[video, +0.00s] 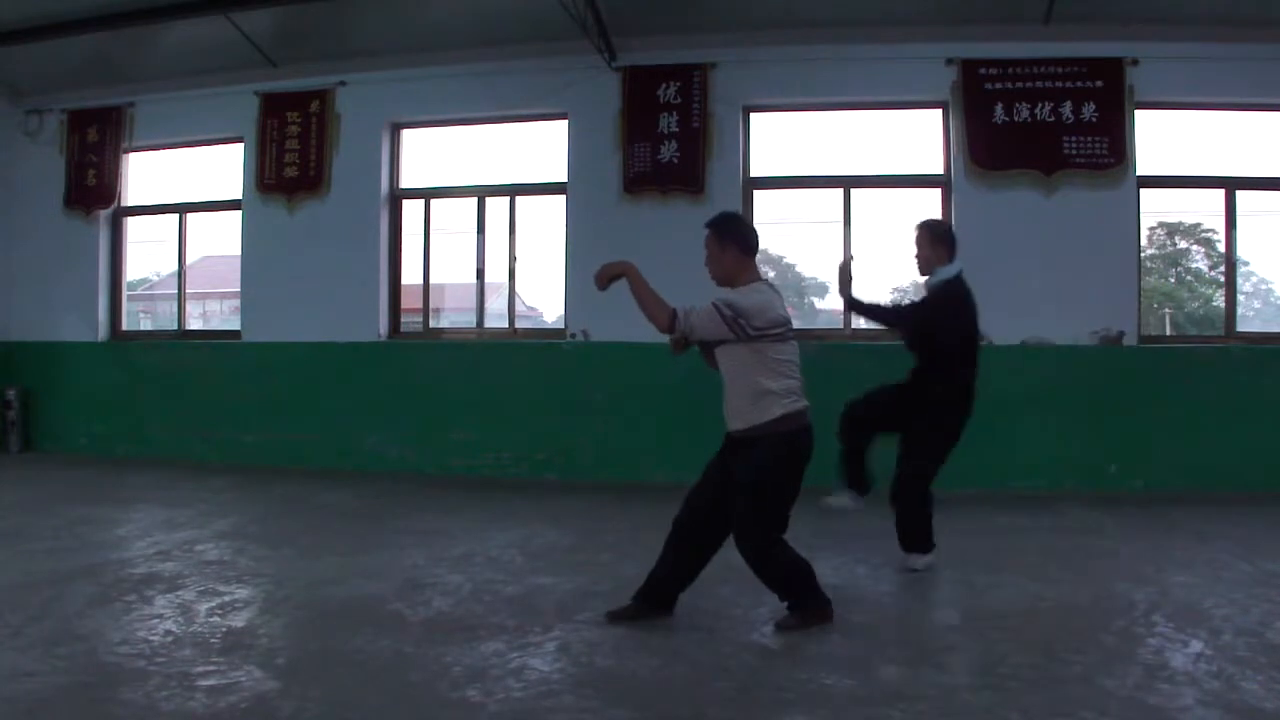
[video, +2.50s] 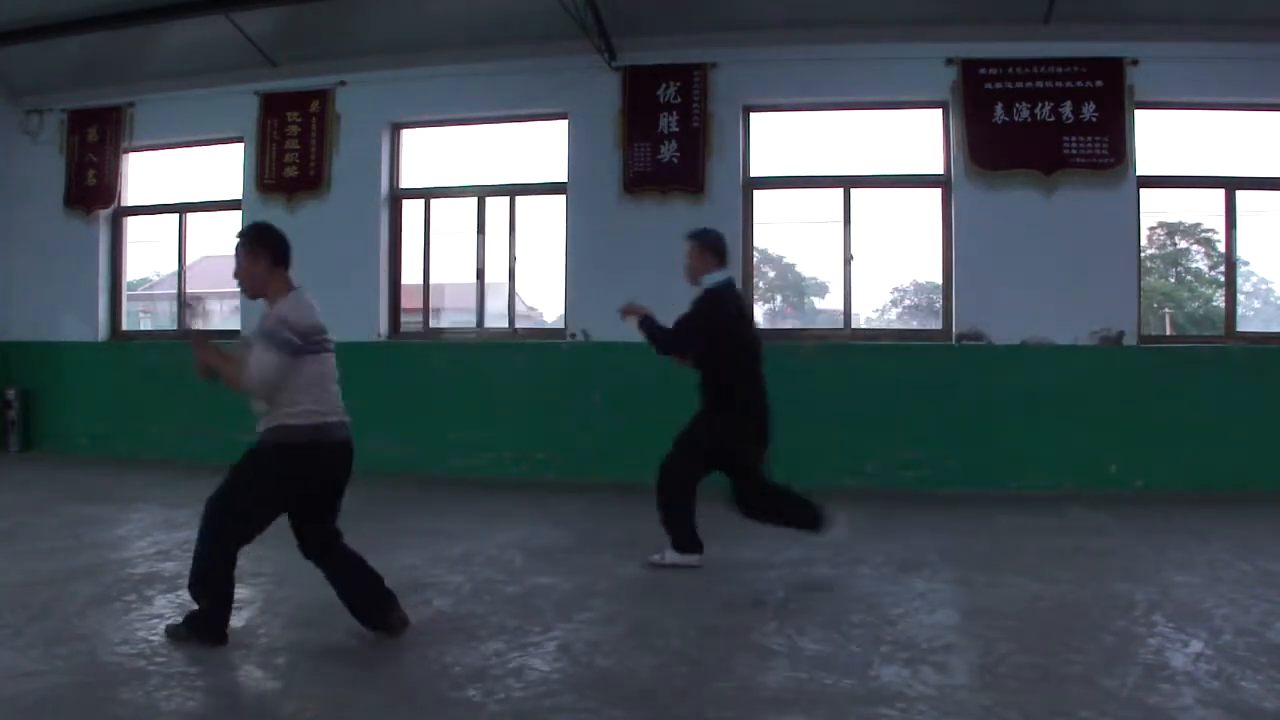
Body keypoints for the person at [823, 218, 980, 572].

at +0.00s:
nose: (916, 253)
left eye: (921, 246)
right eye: (917, 246)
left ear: (938, 249)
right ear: (943, 249)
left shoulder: (949, 294)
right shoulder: (945, 291)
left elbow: (906, 320)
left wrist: (850, 301)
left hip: (940, 402)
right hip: (931, 394)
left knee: (911, 477)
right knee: (858, 415)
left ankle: (919, 551)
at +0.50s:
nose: (819, 283)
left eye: (822, 276)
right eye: (819, 276)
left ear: (838, 276)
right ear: (851, 277)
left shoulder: (849, 320)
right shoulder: (848, 315)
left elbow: (796, 326)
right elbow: (839, 367)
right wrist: (812, 353)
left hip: (874, 432)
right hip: (847, 427)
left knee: (855, 518)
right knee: (788, 484)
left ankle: (905, 547)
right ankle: (759, 546)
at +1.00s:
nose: (815, 278)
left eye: (819, 270)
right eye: (815, 271)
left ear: (839, 270)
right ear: (843, 271)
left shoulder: (848, 315)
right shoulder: (848, 310)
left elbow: (799, 330)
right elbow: (838, 363)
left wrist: (759, 310)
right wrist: (810, 353)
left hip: (871, 429)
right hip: (846, 424)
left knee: (858, 511)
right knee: (794, 487)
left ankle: (906, 549)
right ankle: (760, 549)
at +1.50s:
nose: (817, 268)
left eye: (822, 261)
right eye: (817, 261)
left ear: (842, 262)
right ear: (844, 263)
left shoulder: (850, 308)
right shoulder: (851, 302)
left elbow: (795, 325)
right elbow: (845, 352)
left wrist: (755, 292)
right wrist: (811, 347)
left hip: (869, 420)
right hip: (847, 415)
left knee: (861, 496)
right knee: (800, 481)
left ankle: (907, 548)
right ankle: (765, 546)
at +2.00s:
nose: (817, 260)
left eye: (823, 253)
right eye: (818, 253)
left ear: (844, 256)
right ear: (844, 258)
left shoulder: (847, 301)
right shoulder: (852, 298)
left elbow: (796, 321)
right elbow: (841, 351)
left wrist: (756, 289)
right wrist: (808, 342)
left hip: (856, 414)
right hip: (848, 410)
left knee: (863, 487)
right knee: (792, 473)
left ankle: (909, 548)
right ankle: (764, 545)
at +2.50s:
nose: (686, 263)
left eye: (690, 255)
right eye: (687, 255)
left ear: (706, 258)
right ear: (714, 259)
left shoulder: (713, 301)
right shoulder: (731, 300)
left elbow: (673, 344)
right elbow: (700, 347)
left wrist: (643, 319)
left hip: (724, 415)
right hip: (746, 414)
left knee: (675, 473)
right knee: (749, 495)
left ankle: (685, 548)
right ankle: (817, 519)